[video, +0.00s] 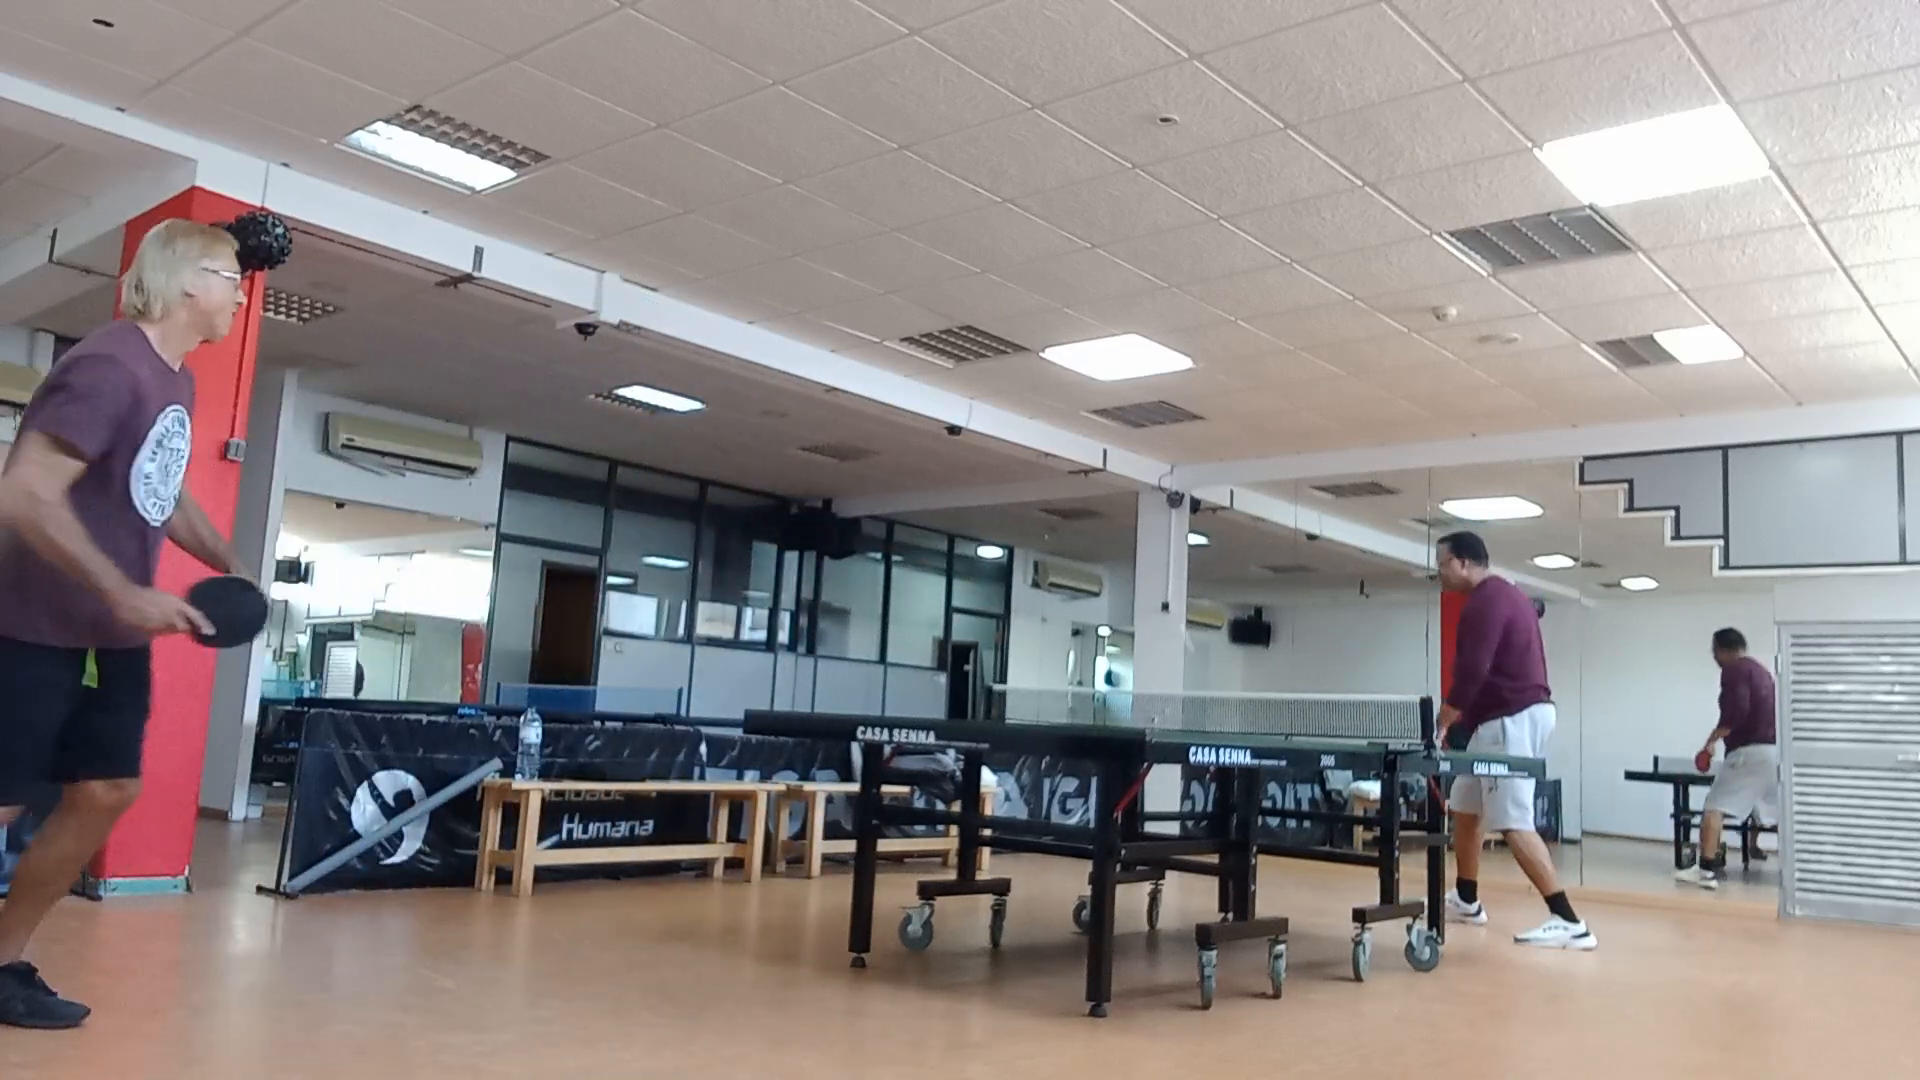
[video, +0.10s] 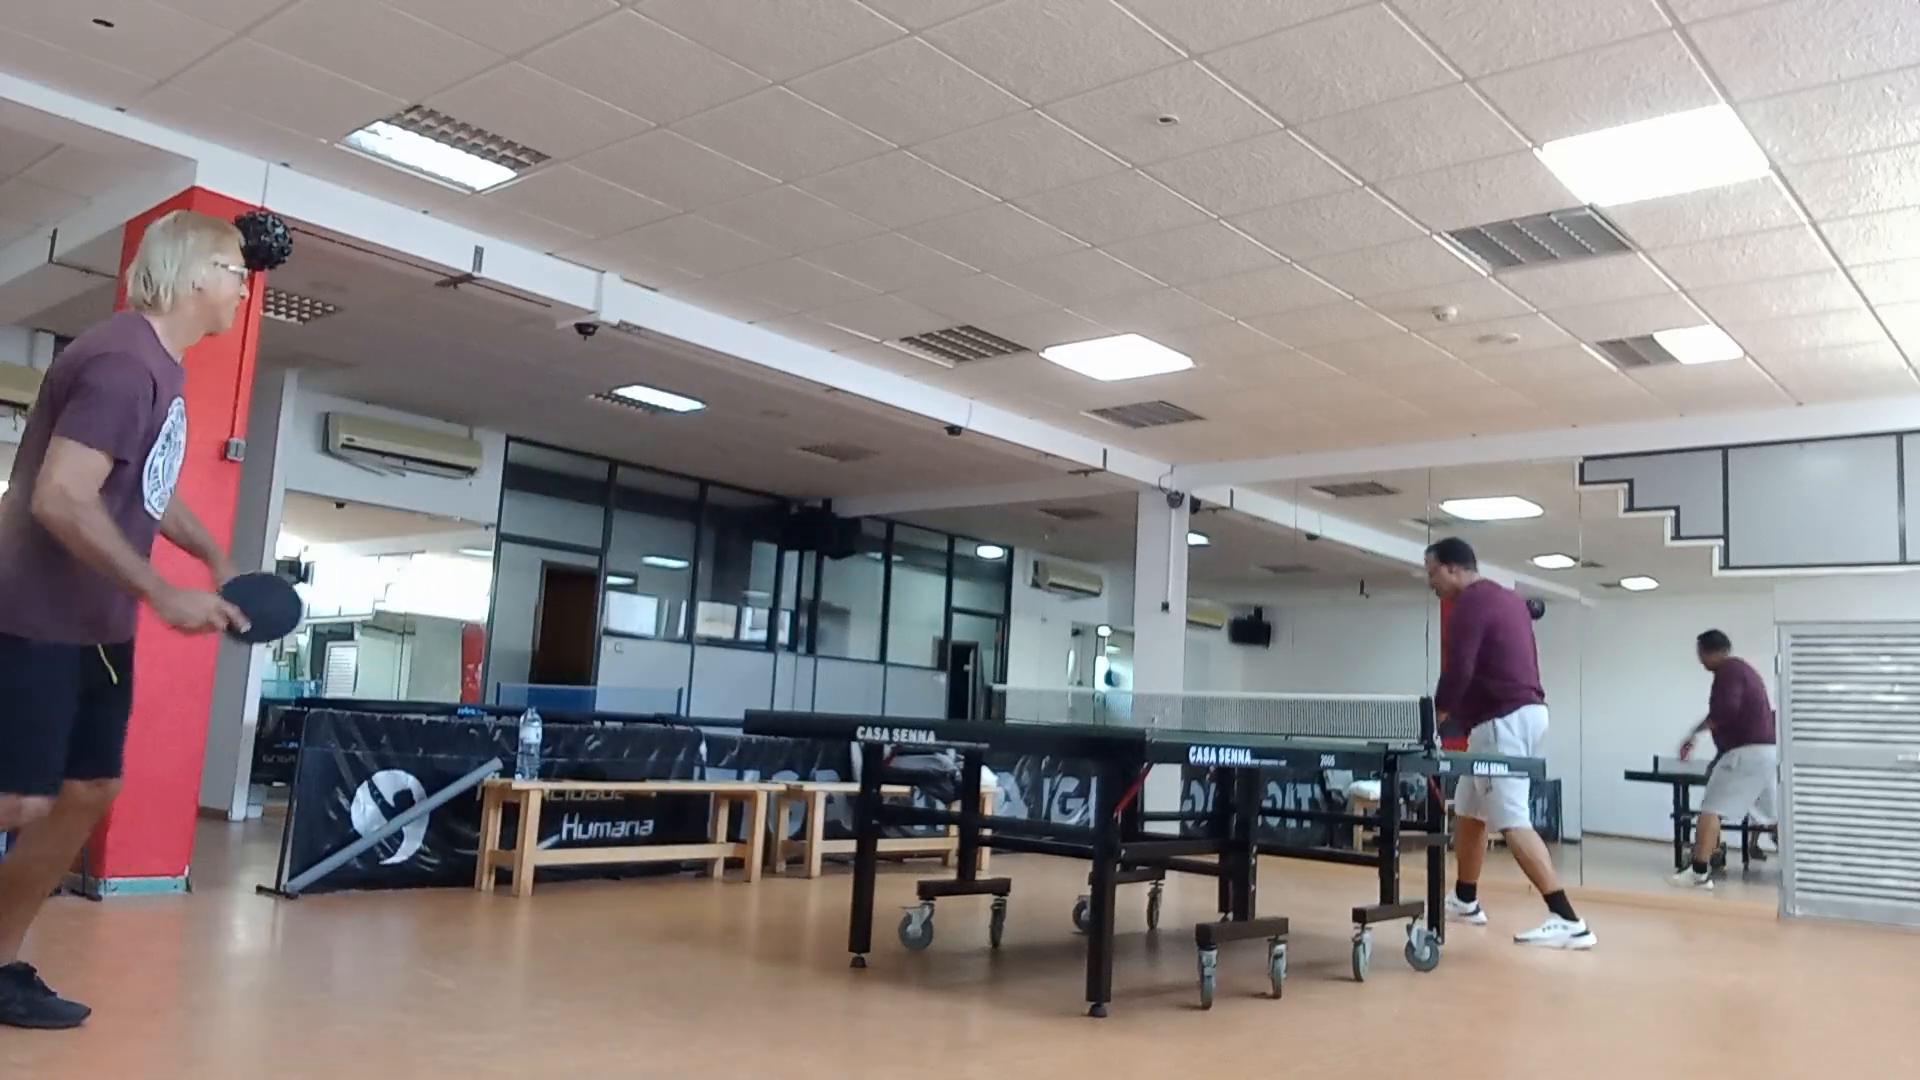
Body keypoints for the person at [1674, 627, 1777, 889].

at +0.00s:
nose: (1716, 660)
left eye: (1716, 654)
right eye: (1715, 654)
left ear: (1725, 650)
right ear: (1741, 648)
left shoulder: (1735, 670)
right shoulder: (1761, 670)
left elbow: (1737, 710)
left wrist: (1712, 740)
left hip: (1751, 753)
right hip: (1775, 751)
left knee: (1713, 806)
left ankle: (1706, 868)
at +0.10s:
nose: (1701, 662)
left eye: (1702, 656)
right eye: (1700, 656)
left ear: (1710, 652)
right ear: (1725, 649)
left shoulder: (1727, 671)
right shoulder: (1745, 670)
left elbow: (1725, 709)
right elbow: (1764, 713)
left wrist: (1695, 735)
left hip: (1745, 752)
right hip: (1767, 750)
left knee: (1710, 809)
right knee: (1775, 817)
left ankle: (1699, 871)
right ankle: (1795, 867)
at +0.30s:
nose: (1673, 663)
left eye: (1673, 656)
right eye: (1671, 657)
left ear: (1682, 651)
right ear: (1695, 647)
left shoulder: (1704, 665)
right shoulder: (1717, 664)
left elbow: (1690, 693)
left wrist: (1647, 696)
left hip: (1729, 750)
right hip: (1753, 747)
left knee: (1699, 809)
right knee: (1762, 814)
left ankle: (1697, 873)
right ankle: (1792, 855)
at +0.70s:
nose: (1644, 663)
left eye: (1644, 656)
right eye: (1642, 657)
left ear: (1655, 648)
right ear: (1663, 645)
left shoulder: (1672, 664)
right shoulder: (1695, 660)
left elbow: (1670, 704)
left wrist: (1633, 717)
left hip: (1713, 743)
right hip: (1739, 736)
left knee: (1696, 809)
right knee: (1745, 808)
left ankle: (1697, 871)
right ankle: (1773, 856)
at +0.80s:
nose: (1644, 664)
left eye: (1643, 657)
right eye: (1641, 658)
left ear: (1653, 648)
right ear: (1662, 644)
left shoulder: (1670, 664)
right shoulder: (1695, 659)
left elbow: (1670, 709)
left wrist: (1637, 741)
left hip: (1712, 742)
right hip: (1738, 735)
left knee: (1696, 810)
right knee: (1745, 807)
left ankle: (1697, 871)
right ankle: (1773, 857)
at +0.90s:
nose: (1645, 663)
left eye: (1643, 657)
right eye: (1642, 659)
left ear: (1651, 649)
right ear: (1664, 644)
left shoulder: (1667, 665)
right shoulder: (1697, 659)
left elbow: (1671, 710)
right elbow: (1713, 699)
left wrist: (1645, 746)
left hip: (1711, 740)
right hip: (1739, 734)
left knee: (1697, 810)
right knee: (1746, 806)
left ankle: (1697, 872)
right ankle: (1774, 857)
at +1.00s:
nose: (1648, 662)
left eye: (1646, 656)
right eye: (1645, 658)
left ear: (1652, 650)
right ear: (1669, 644)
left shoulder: (1667, 666)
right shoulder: (1700, 658)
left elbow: (1669, 711)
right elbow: (1713, 701)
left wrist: (1644, 749)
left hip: (1711, 740)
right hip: (1740, 733)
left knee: (1699, 811)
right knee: (1749, 806)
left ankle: (1698, 872)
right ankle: (1776, 858)